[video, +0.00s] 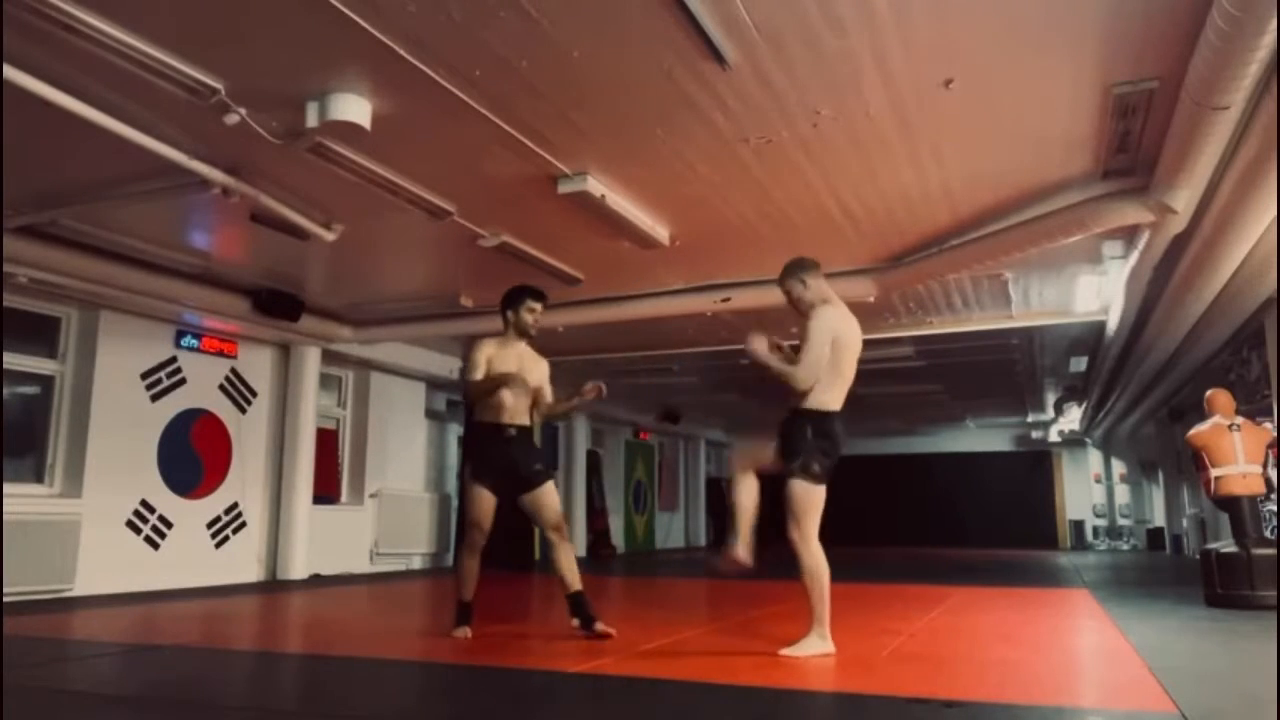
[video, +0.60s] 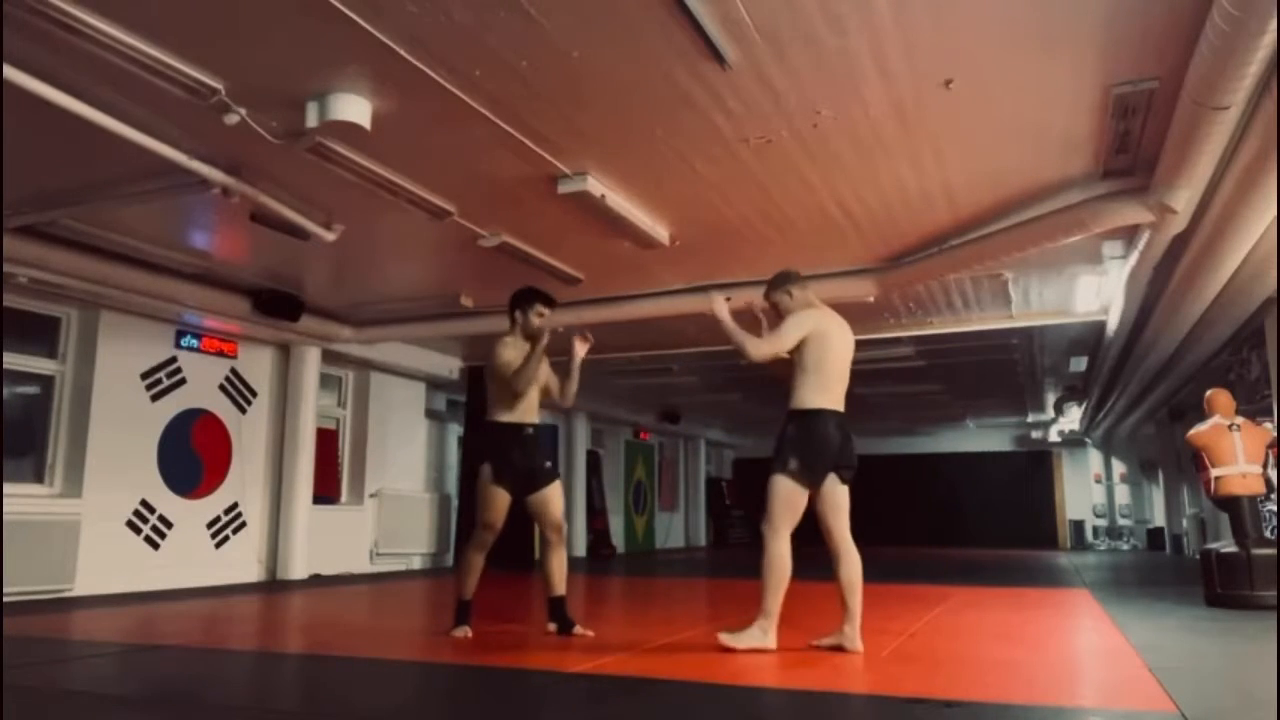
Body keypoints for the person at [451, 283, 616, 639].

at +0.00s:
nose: (536, 319)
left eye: (539, 314)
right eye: (531, 312)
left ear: (538, 318)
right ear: (510, 312)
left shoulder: (539, 362)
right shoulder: (485, 348)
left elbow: (545, 409)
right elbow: (471, 393)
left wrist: (578, 399)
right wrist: (501, 380)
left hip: (525, 447)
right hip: (486, 444)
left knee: (556, 527)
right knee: (476, 532)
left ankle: (582, 612)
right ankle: (463, 617)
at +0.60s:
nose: (544, 323)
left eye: (548, 318)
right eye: (538, 315)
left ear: (548, 322)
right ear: (518, 315)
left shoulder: (539, 357)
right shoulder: (503, 348)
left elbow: (564, 399)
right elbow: (517, 386)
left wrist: (576, 360)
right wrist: (540, 345)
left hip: (532, 445)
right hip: (499, 443)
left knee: (555, 528)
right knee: (486, 530)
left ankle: (558, 613)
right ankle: (462, 615)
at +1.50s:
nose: (512, 334)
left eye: (516, 329)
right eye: (508, 325)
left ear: (515, 331)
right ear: (487, 319)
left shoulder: (507, 361)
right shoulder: (459, 347)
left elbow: (529, 406)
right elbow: (468, 390)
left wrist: (553, 377)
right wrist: (504, 352)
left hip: (492, 447)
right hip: (459, 446)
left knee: (523, 534)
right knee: (458, 536)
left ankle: (550, 612)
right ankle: (419, 620)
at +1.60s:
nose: (498, 326)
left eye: (502, 320)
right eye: (493, 317)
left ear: (502, 323)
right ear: (474, 313)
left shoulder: (494, 356)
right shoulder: (448, 344)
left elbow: (517, 403)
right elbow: (457, 383)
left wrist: (540, 372)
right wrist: (489, 347)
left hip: (481, 443)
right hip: (449, 441)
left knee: (507, 531)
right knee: (451, 532)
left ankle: (524, 608)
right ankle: (418, 620)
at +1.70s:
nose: (490, 323)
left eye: (494, 317)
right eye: (486, 314)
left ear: (495, 321)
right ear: (465, 310)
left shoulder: (487, 354)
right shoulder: (440, 343)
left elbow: (506, 400)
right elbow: (443, 388)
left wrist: (528, 367)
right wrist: (480, 348)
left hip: (474, 441)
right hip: (441, 440)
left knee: (494, 529)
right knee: (449, 530)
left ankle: (489, 607)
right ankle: (419, 619)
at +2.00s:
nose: (472, 330)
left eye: (477, 325)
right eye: (466, 322)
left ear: (482, 328)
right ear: (449, 319)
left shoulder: (470, 355)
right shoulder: (431, 351)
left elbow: (478, 400)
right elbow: (443, 399)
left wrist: (482, 356)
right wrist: (469, 358)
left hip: (457, 446)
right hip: (428, 445)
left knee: (467, 533)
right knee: (444, 531)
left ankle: (442, 604)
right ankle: (417, 619)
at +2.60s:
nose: (430, 337)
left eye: (433, 332)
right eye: (424, 330)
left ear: (435, 333)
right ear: (408, 327)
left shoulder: (431, 359)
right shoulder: (388, 358)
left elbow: (447, 399)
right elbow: (411, 398)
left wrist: (450, 360)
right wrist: (426, 356)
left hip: (425, 445)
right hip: (396, 443)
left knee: (426, 532)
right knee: (398, 526)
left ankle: (412, 604)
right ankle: (371, 598)